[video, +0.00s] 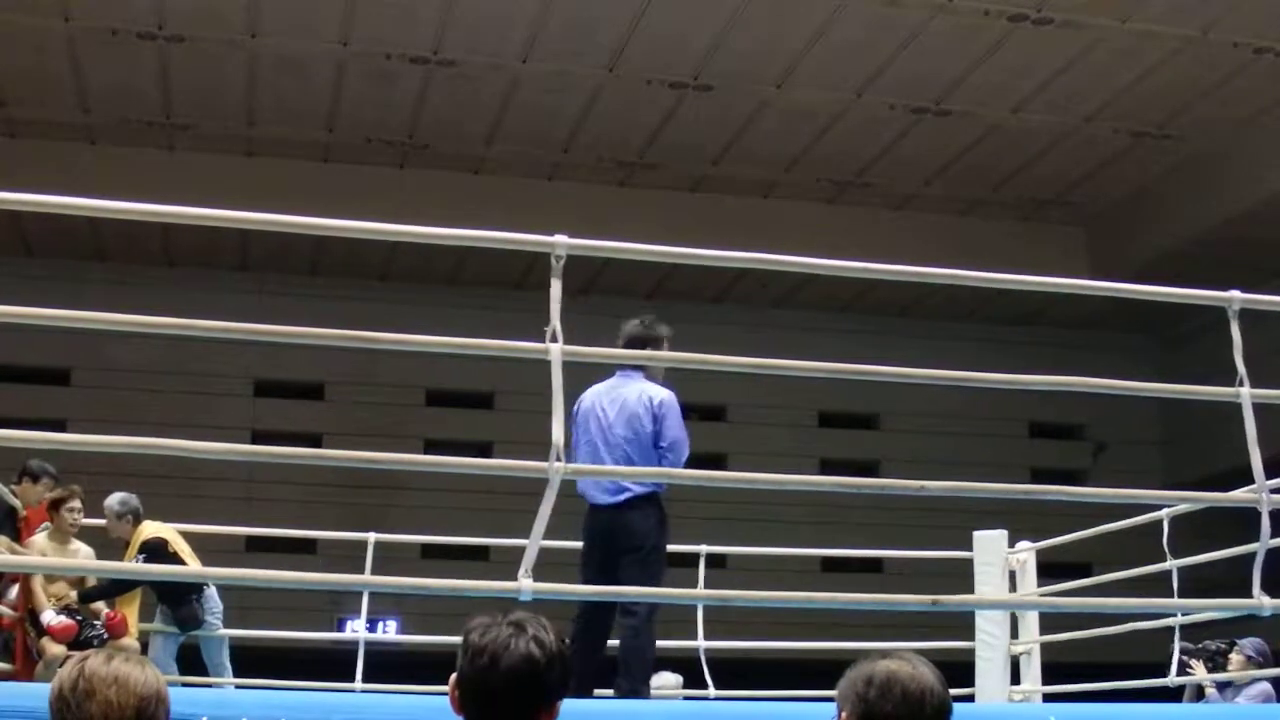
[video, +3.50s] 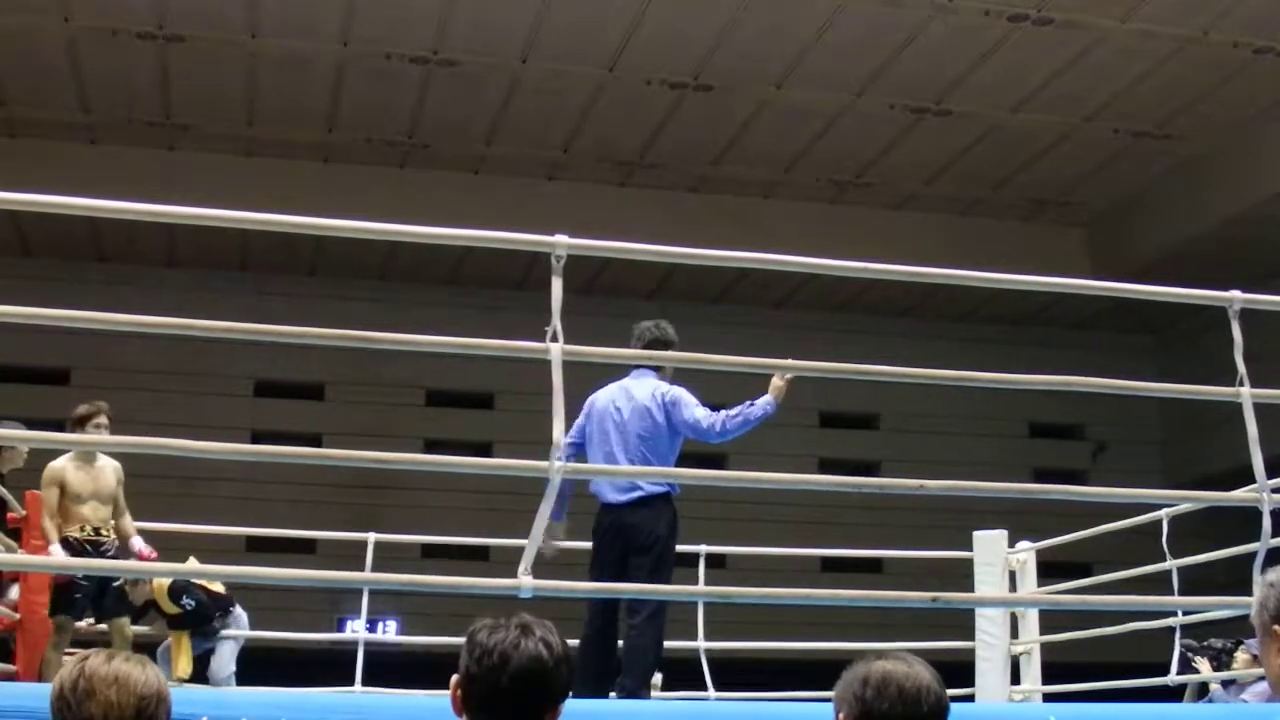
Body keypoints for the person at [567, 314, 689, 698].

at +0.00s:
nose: (667, 358)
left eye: (667, 351)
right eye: (665, 351)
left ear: (623, 352)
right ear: (652, 353)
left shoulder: (587, 398)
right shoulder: (660, 398)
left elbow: (576, 453)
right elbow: (676, 453)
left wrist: (597, 479)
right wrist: (654, 482)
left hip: (598, 515)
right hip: (642, 514)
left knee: (593, 606)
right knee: (638, 607)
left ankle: (576, 696)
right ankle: (632, 699)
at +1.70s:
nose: (659, 363)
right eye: (660, 357)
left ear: (623, 357)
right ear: (660, 359)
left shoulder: (594, 402)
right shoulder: (675, 399)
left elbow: (573, 459)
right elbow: (694, 456)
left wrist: (566, 508)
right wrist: (713, 510)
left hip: (611, 517)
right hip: (656, 517)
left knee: (601, 607)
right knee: (647, 608)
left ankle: (586, 697)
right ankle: (633, 699)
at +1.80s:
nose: (659, 362)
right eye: (662, 357)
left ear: (624, 356)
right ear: (660, 359)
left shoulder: (594, 401)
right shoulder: (673, 399)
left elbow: (569, 452)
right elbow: (700, 453)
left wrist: (550, 458)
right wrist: (731, 497)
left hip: (611, 519)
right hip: (657, 518)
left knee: (602, 607)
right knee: (647, 608)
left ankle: (587, 698)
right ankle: (633, 698)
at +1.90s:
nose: (665, 358)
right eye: (664, 353)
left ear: (625, 355)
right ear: (662, 357)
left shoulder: (594, 401)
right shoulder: (670, 398)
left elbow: (556, 448)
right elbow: (702, 448)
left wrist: (543, 431)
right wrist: (750, 466)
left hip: (612, 517)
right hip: (658, 517)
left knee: (604, 605)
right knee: (647, 607)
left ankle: (587, 696)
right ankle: (634, 698)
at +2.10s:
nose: (673, 362)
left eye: (671, 355)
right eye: (671, 355)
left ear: (631, 355)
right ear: (663, 358)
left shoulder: (598, 398)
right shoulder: (668, 396)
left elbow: (550, 430)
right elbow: (716, 426)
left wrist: (534, 410)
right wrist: (776, 411)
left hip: (611, 516)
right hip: (655, 514)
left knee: (602, 606)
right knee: (647, 606)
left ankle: (588, 698)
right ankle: (632, 699)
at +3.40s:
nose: (673, 366)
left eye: (673, 360)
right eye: (673, 360)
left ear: (631, 356)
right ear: (666, 360)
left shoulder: (597, 399)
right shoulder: (669, 396)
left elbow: (555, 437)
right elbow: (714, 428)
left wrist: (529, 473)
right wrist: (768, 402)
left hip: (610, 517)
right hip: (655, 516)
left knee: (602, 604)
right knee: (645, 606)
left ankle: (589, 696)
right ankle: (633, 698)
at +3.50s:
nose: (674, 362)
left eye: (672, 355)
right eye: (673, 356)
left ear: (634, 354)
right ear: (667, 357)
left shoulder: (597, 400)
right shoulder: (668, 396)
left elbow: (565, 456)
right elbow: (713, 426)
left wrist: (556, 516)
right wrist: (770, 401)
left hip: (610, 516)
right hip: (654, 515)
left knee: (600, 608)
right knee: (646, 608)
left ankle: (587, 699)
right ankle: (631, 700)